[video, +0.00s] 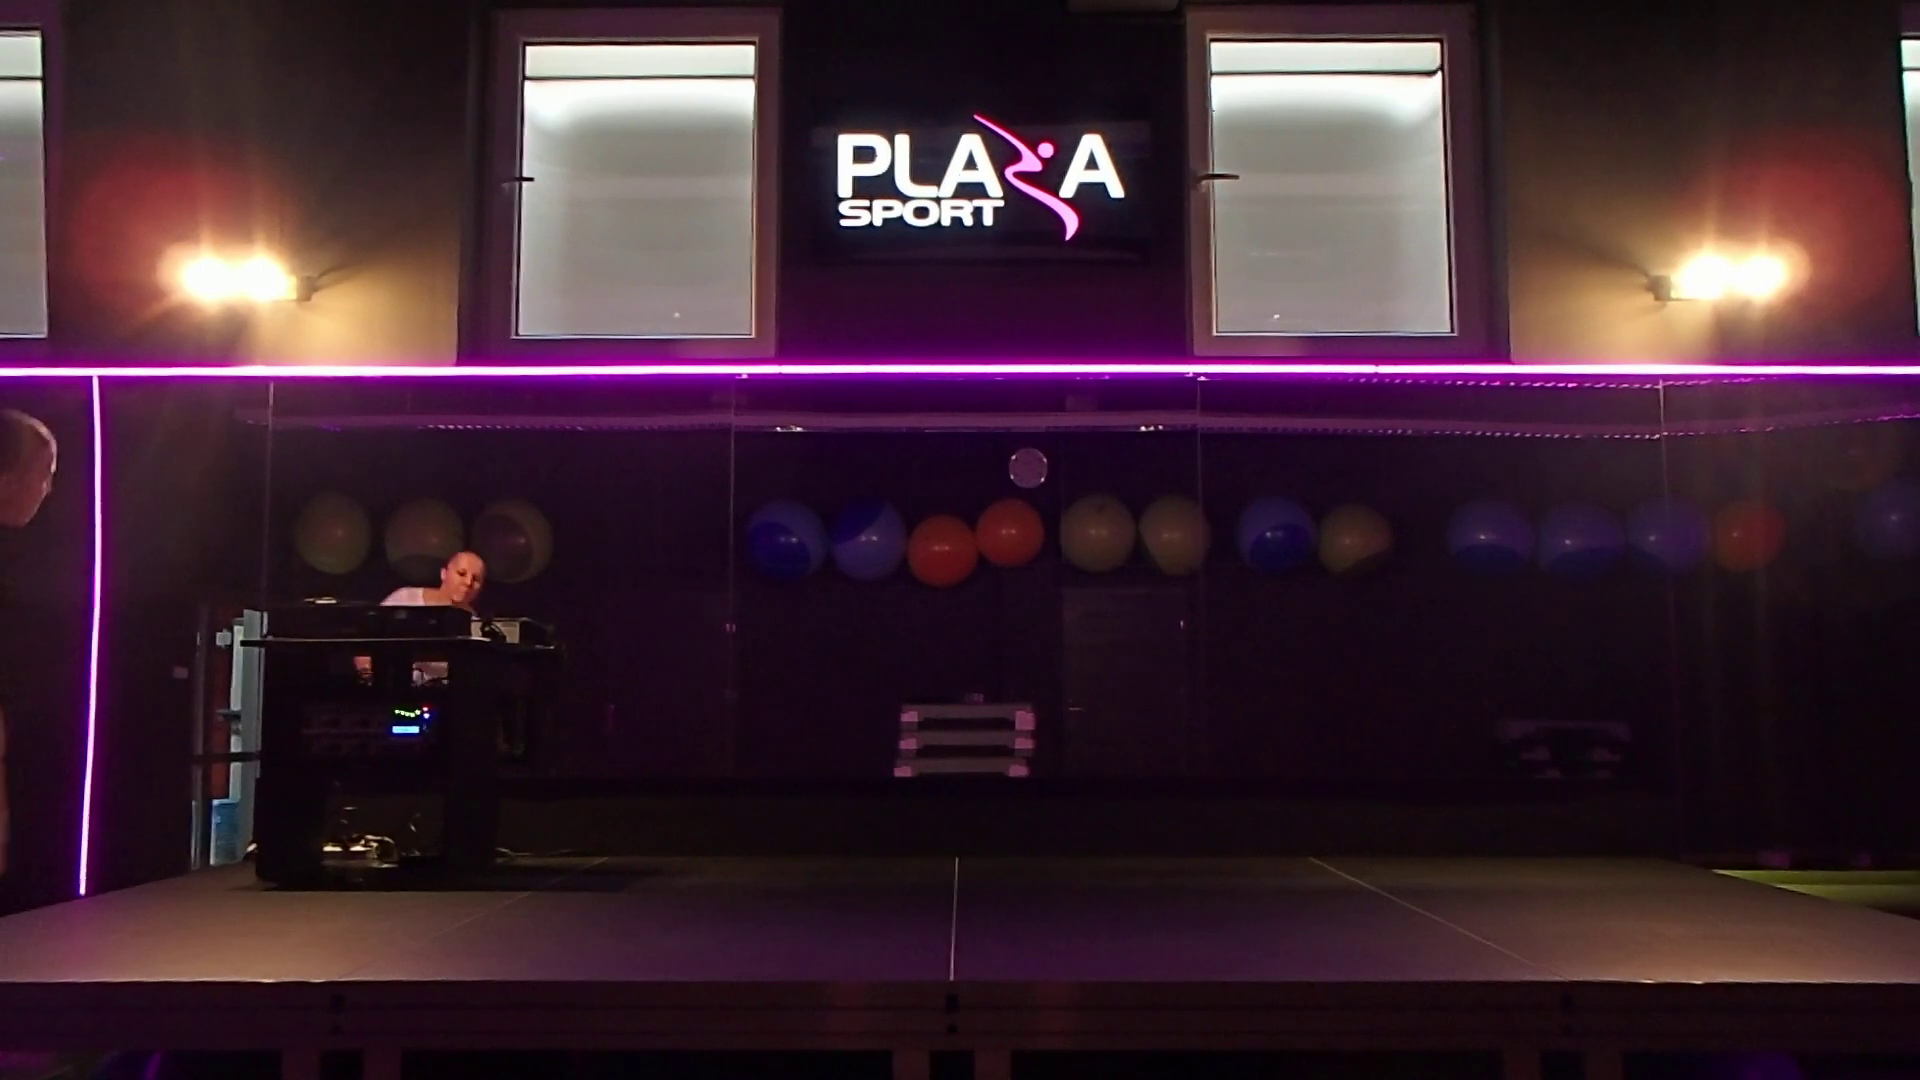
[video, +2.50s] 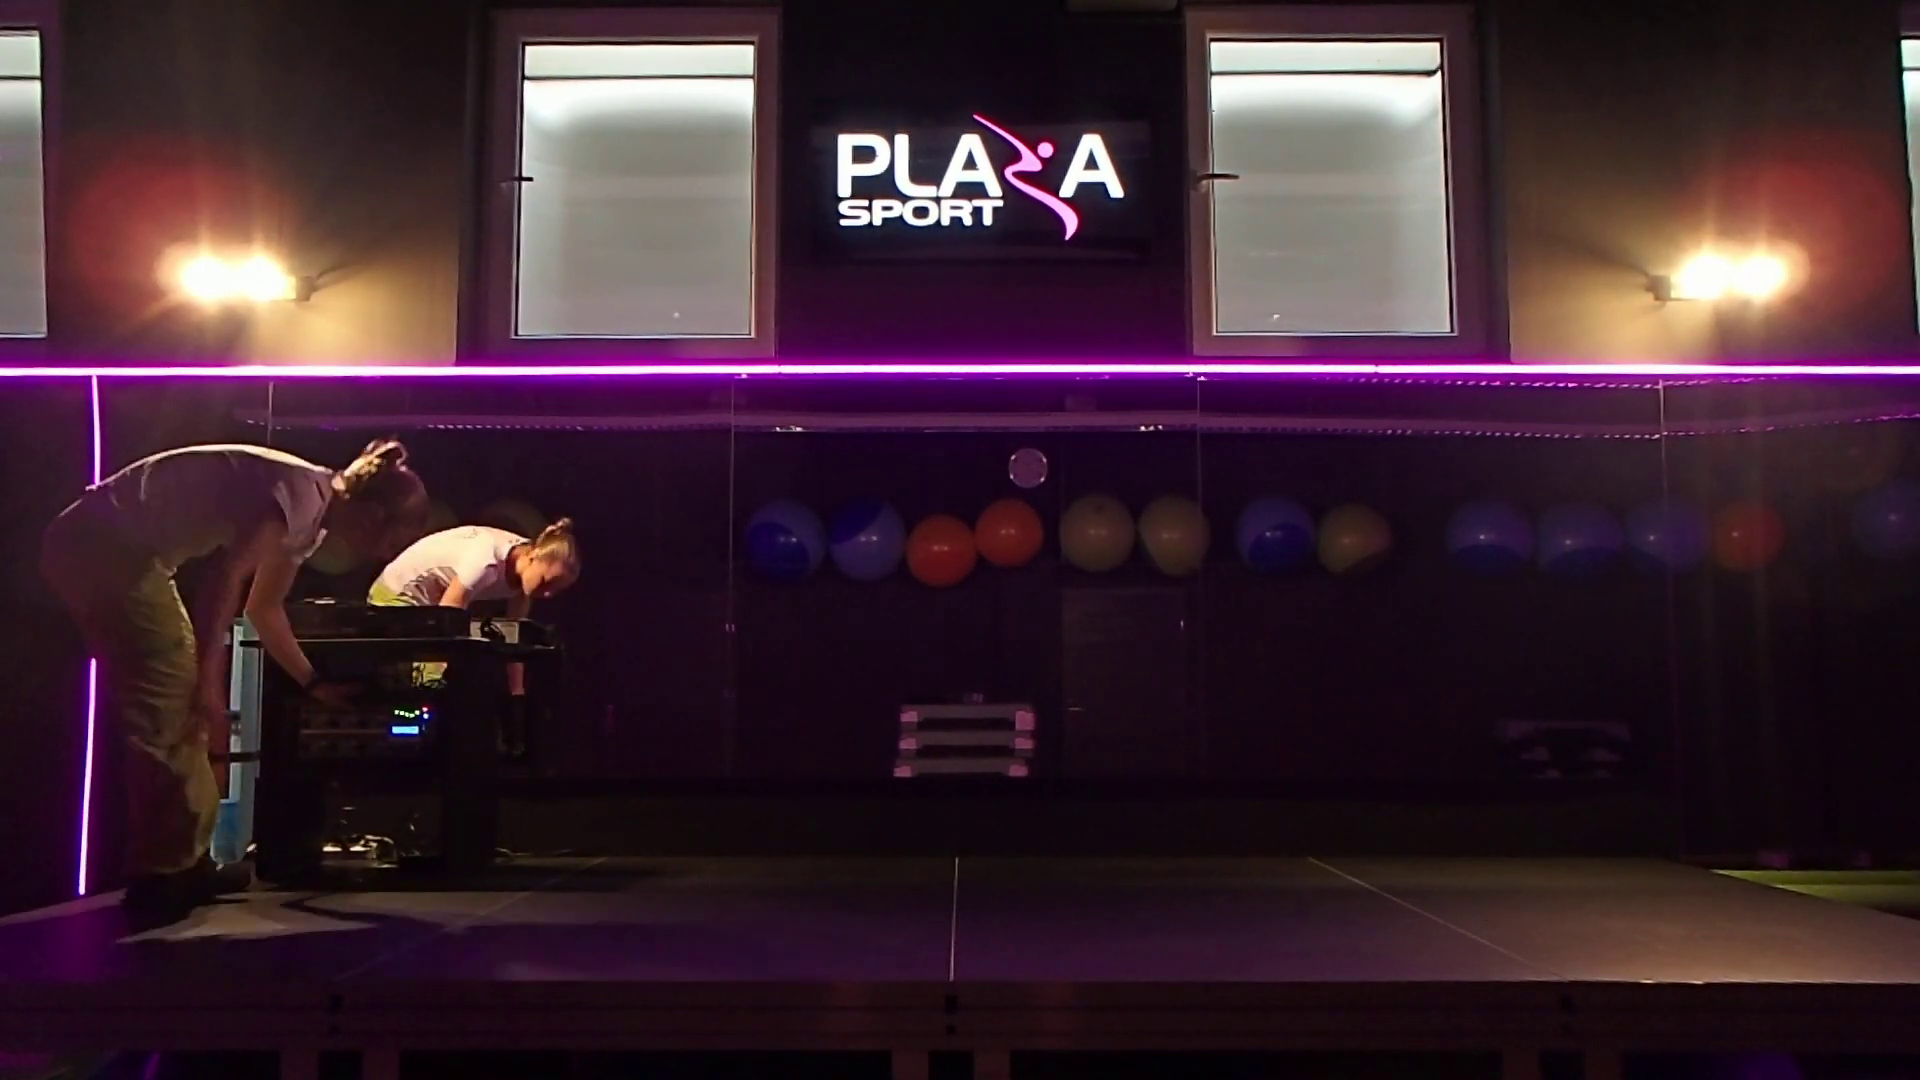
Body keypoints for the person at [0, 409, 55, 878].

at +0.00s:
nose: (49, 488)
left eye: (50, 477)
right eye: (44, 475)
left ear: (16, 477)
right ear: (11, 478)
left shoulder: (24, 550)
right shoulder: (14, 554)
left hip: (14, 699)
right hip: (10, 701)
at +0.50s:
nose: (178, 534)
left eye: (182, 521)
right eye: (175, 517)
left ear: (124, 502)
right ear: (137, 506)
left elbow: (22, 649)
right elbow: (171, 673)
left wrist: (118, 671)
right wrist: (244, 725)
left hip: (11, 694)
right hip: (7, 705)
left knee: (131, 695)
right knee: (136, 702)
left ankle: (165, 865)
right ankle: (161, 872)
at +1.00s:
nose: (358, 628)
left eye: (369, 620)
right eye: (366, 616)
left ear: (340, 570)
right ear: (349, 588)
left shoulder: (256, 567)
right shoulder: (305, 584)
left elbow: (226, 645)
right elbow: (303, 705)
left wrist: (299, 694)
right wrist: (350, 744)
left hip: (48, 587)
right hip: (123, 591)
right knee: (222, 715)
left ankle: (1, 864)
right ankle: (170, 872)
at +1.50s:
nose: (360, 641)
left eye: (371, 637)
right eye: (370, 631)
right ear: (361, 602)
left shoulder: (284, 568)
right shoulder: (323, 582)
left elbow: (236, 641)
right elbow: (300, 703)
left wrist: (300, 690)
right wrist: (347, 738)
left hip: (84, 562)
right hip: (128, 565)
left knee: (174, 709)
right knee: (222, 705)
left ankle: (159, 859)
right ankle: (176, 869)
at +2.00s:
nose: (354, 633)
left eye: (367, 630)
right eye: (365, 624)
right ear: (354, 592)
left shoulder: (277, 560)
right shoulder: (315, 572)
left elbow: (236, 638)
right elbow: (297, 695)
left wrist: (299, 689)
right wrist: (344, 734)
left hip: (79, 559)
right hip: (123, 563)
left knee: (161, 710)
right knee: (214, 701)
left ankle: (163, 862)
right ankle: (173, 869)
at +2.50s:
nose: (388, 553)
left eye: (396, 544)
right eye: (394, 540)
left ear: (369, 508)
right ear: (377, 515)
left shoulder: (305, 522)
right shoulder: (299, 496)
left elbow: (265, 607)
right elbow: (225, 577)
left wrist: (311, 681)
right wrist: (206, 680)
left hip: (134, 552)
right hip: (106, 547)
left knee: (181, 697)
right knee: (162, 698)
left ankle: (189, 863)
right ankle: (161, 874)